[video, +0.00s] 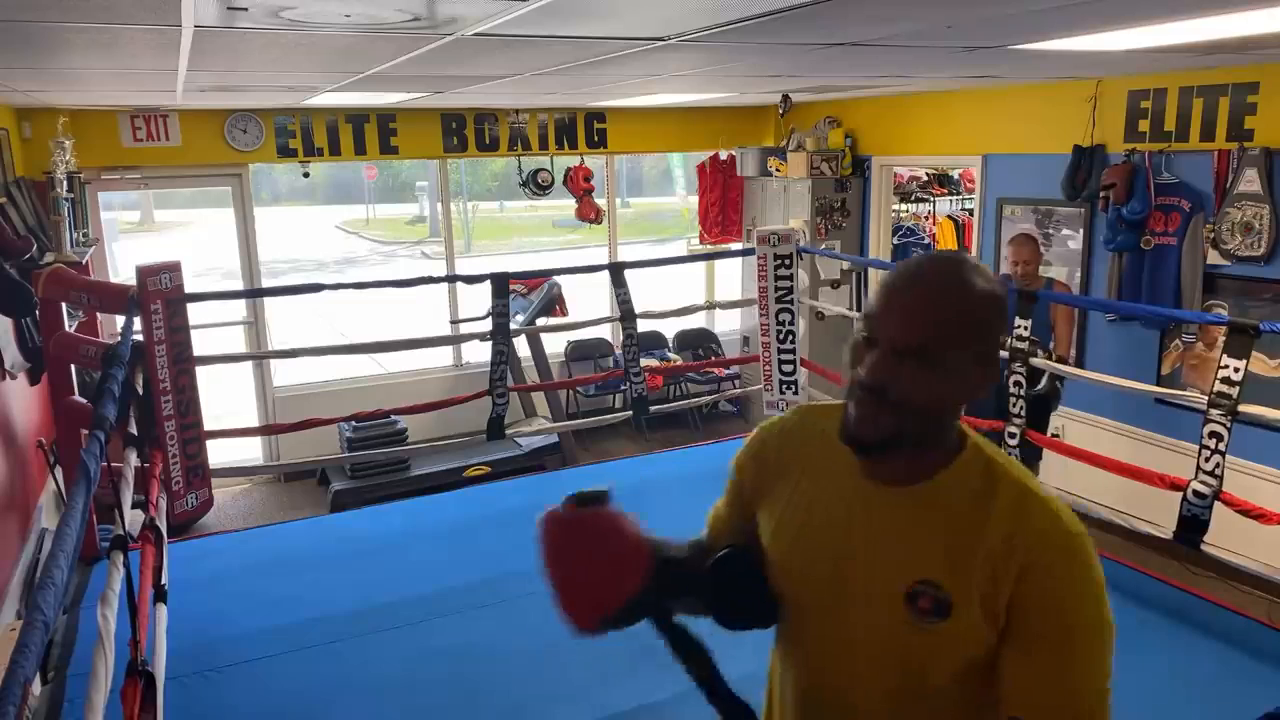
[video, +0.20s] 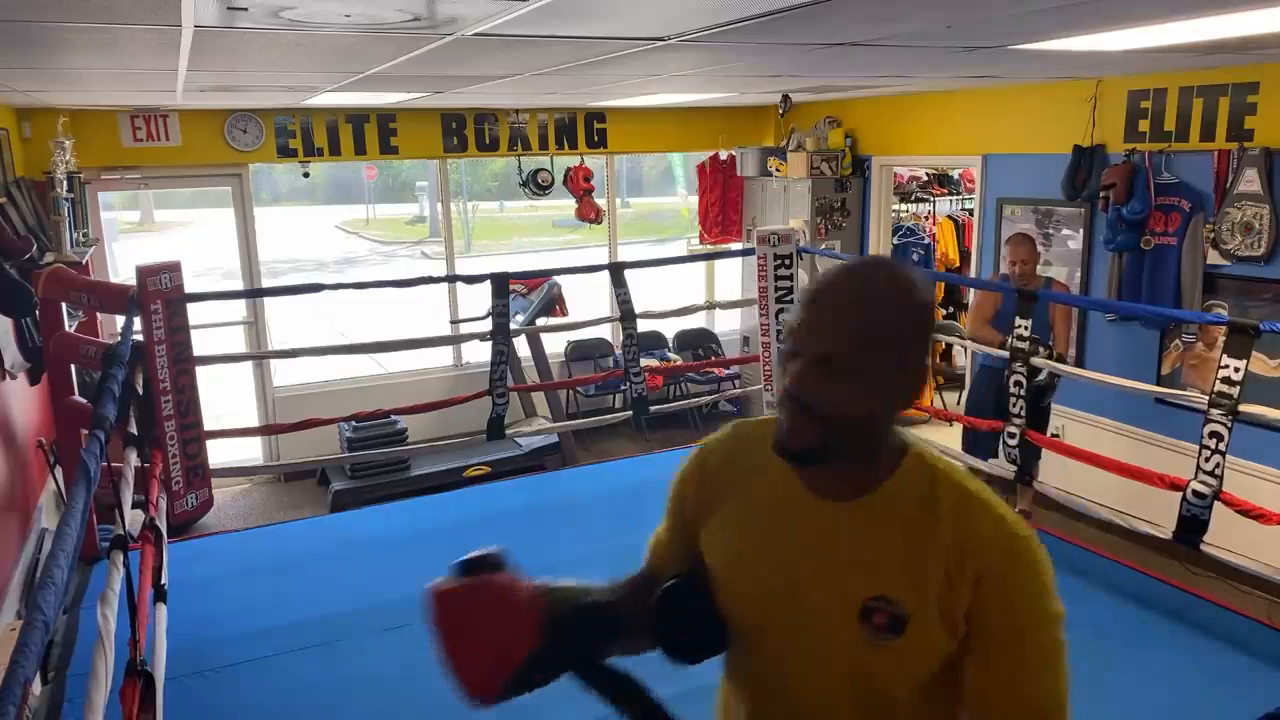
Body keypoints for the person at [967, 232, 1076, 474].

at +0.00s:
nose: (1020, 270)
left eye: (1027, 264)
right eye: (1014, 263)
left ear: (1039, 261)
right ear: (1007, 261)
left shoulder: (1057, 292)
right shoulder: (996, 287)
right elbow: (980, 332)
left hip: (1035, 380)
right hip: (994, 376)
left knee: (1025, 455)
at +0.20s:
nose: (1017, 270)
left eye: (1024, 263)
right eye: (1012, 263)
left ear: (1037, 261)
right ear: (1005, 261)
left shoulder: (1056, 291)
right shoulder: (994, 284)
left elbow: (1061, 348)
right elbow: (975, 328)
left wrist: (1049, 364)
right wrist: (1011, 344)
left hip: (1033, 383)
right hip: (992, 377)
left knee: (1029, 447)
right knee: (978, 445)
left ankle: (1022, 510)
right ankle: (970, 509)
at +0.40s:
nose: (1015, 269)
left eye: (1021, 262)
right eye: (1009, 263)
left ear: (1034, 259)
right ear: (1003, 260)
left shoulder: (1054, 290)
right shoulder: (993, 284)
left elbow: (1061, 344)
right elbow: (975, 329)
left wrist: (1048, 361)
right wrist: (1010, 343)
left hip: (1034, 382)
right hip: (992, 376)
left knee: (1030, 449)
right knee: (979, 445)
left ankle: (1022, 511)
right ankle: (971, 505)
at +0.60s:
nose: (1016, 268)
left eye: (1022, 261)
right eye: (1009, 262)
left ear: (1033, 259)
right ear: (1001, 261)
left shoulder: (1054, 290)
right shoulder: (992, 284)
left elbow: (1060, 342)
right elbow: (974, 329)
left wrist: (1050, 357)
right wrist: (1010, 343)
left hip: (1035, 381)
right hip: (992, 377)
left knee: (1031, 449)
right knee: (979, 446)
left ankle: (1022, 511)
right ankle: (971, 506)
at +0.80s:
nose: (1015, 268)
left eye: (1021, 261)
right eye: (1008, 262)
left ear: (1033, 259)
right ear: (1001, 261)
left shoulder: (1053, 290)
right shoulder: (992, 284)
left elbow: (1060, 339)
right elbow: (974, 329)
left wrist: (1048, 350)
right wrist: (1008, 341)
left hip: (1034, 381)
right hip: (992, 376)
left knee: (1031, 448)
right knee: (979, 445)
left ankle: (1023, 511)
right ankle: (970, 506)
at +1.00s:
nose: (1015, 268)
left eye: (1021, 261)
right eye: (1008, 262)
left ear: (1033, 259)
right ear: (1001, 261)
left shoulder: (1054, 291)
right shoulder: (991, 285)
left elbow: (1061, 341)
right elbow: (974, 329)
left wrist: (1048, 349)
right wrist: (1008, 340)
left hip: (1034, 381)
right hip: (991, 376)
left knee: (1030, 448)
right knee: (977, 443)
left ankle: (1022, 511)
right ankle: (969, 504)